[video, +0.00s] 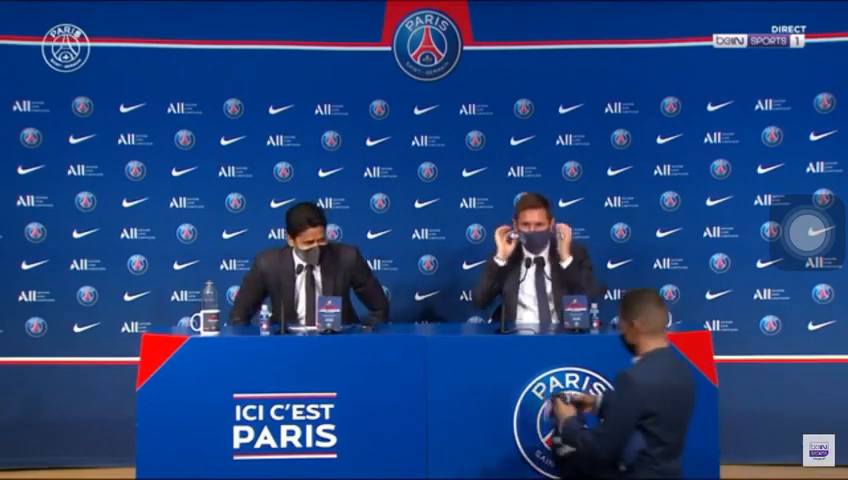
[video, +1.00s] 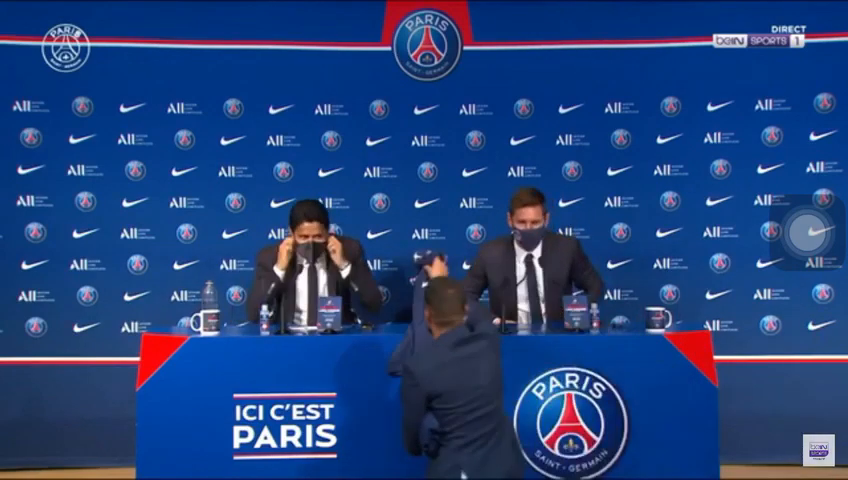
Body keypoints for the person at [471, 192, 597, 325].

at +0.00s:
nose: (532, 231)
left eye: (539, 225)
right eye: (526, 225)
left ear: (551, 225)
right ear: (516, 225)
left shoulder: (573, 253)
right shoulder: (506, 255)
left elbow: (591, 296)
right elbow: (480, 301)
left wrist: (566, 259)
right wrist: (500, 258)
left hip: (561, 340)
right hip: (516, 341)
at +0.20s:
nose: (532, 231)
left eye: (538, 225)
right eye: (525, 225)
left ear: (549, 225)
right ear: (514, 225)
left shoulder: (569, 253)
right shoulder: (498, 260)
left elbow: (583, 295)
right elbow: (479, 313)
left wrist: (554, 269)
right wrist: (501, 290)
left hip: (557, 341)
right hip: (512, 342)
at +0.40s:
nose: (532, 235)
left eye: (537, 228)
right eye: (525, 229)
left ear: (545, 225)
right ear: (510, 228)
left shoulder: (566, 252)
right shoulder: (495, 261)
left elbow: (589, 297)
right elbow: (476, 311)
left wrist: (557, 277)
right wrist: (502, 309)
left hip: (558, 343)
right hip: (510, 345)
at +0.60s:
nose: (527, 236)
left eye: (532, 229)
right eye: (520, 230)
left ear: (539, 226)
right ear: (503, 228)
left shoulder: (561, 251)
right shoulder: (487, 261)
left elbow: (594, 290)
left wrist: (571, 299)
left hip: (557, 341)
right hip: (504, 345)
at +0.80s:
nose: (525, 235)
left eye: (530, 228)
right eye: (518, 229)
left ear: (538, 223)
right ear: (503, 227)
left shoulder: (559, 250)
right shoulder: (485, 261)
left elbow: (591, 288)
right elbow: (478, 316)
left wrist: (572, 317)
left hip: (556, 342)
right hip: (506, 345)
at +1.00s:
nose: (529, 229)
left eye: (535, 223)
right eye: (522, 223)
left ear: (546, 219)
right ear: (510, 221)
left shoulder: (568, 249)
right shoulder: (492, 252)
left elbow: (595, 287)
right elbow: (468, 295)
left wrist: (579, 317)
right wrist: (491, 320)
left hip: (557, 342)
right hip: (510, 343)